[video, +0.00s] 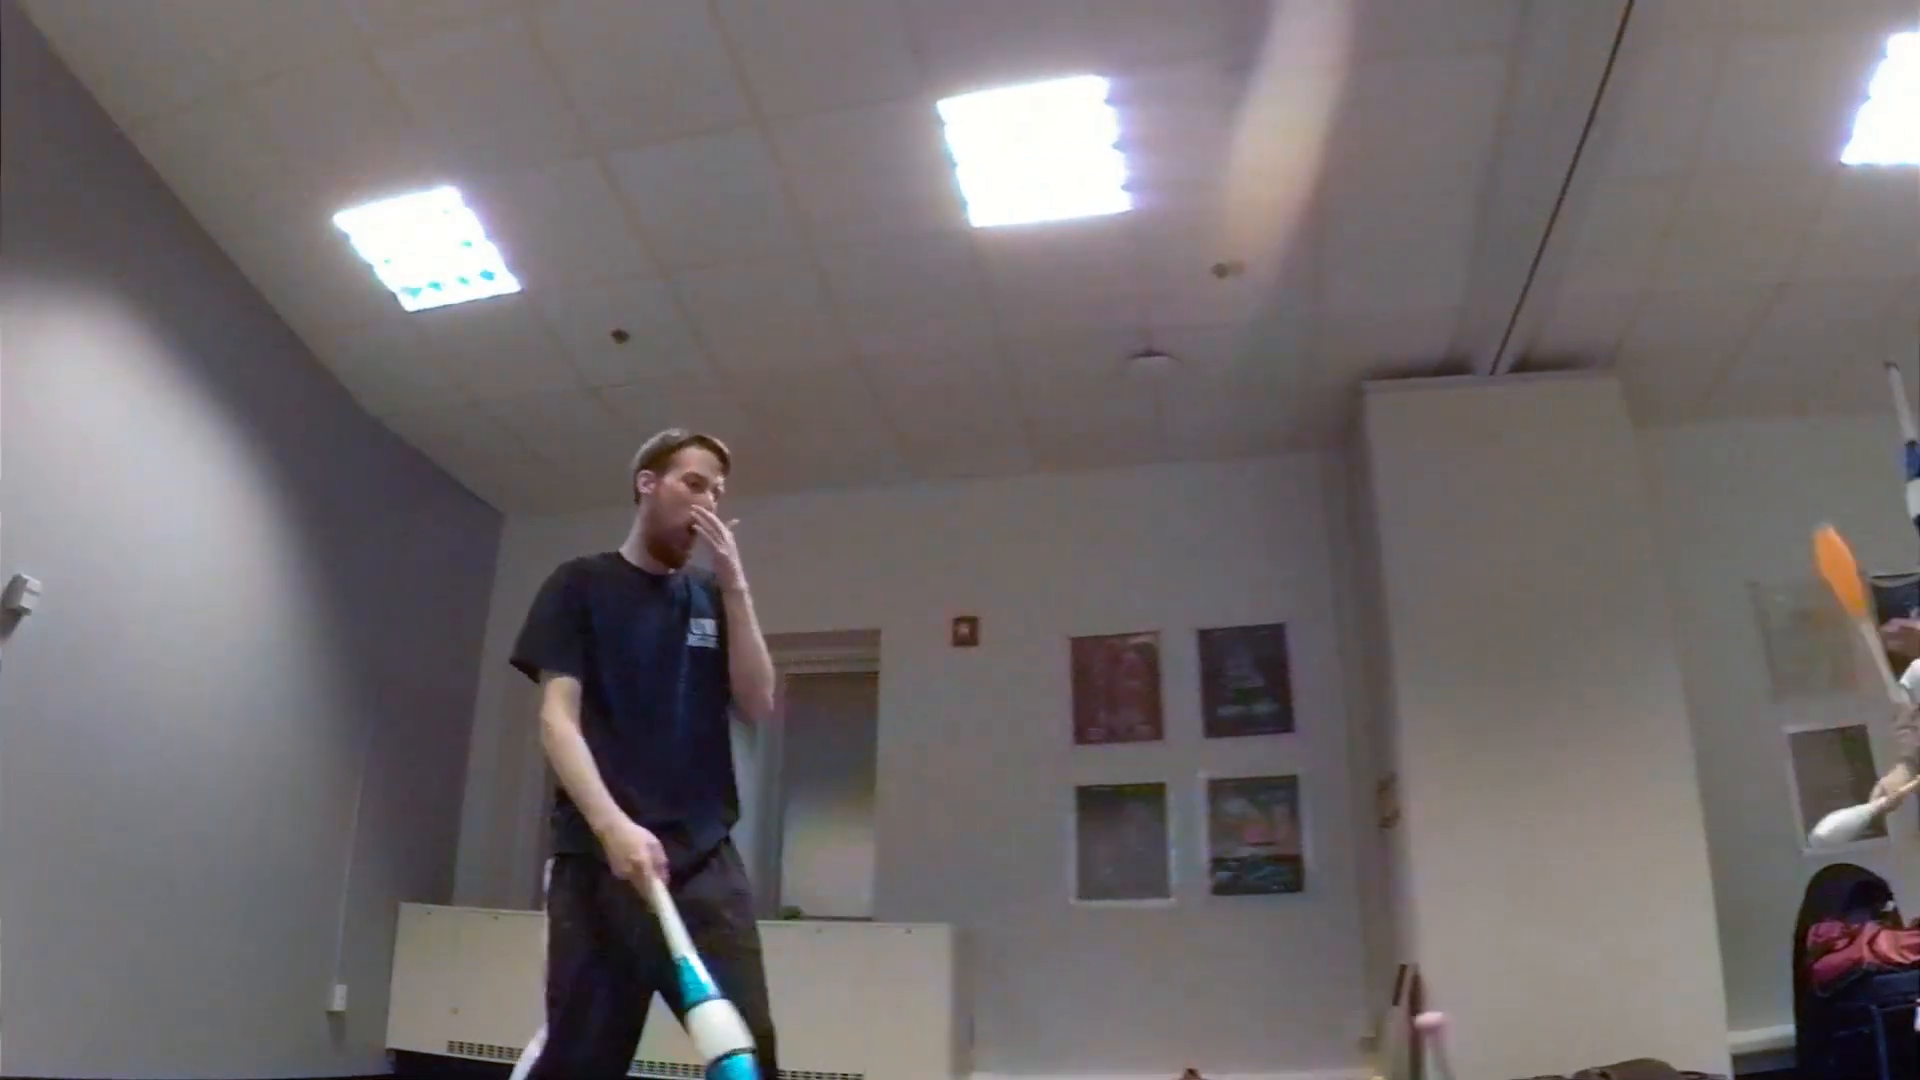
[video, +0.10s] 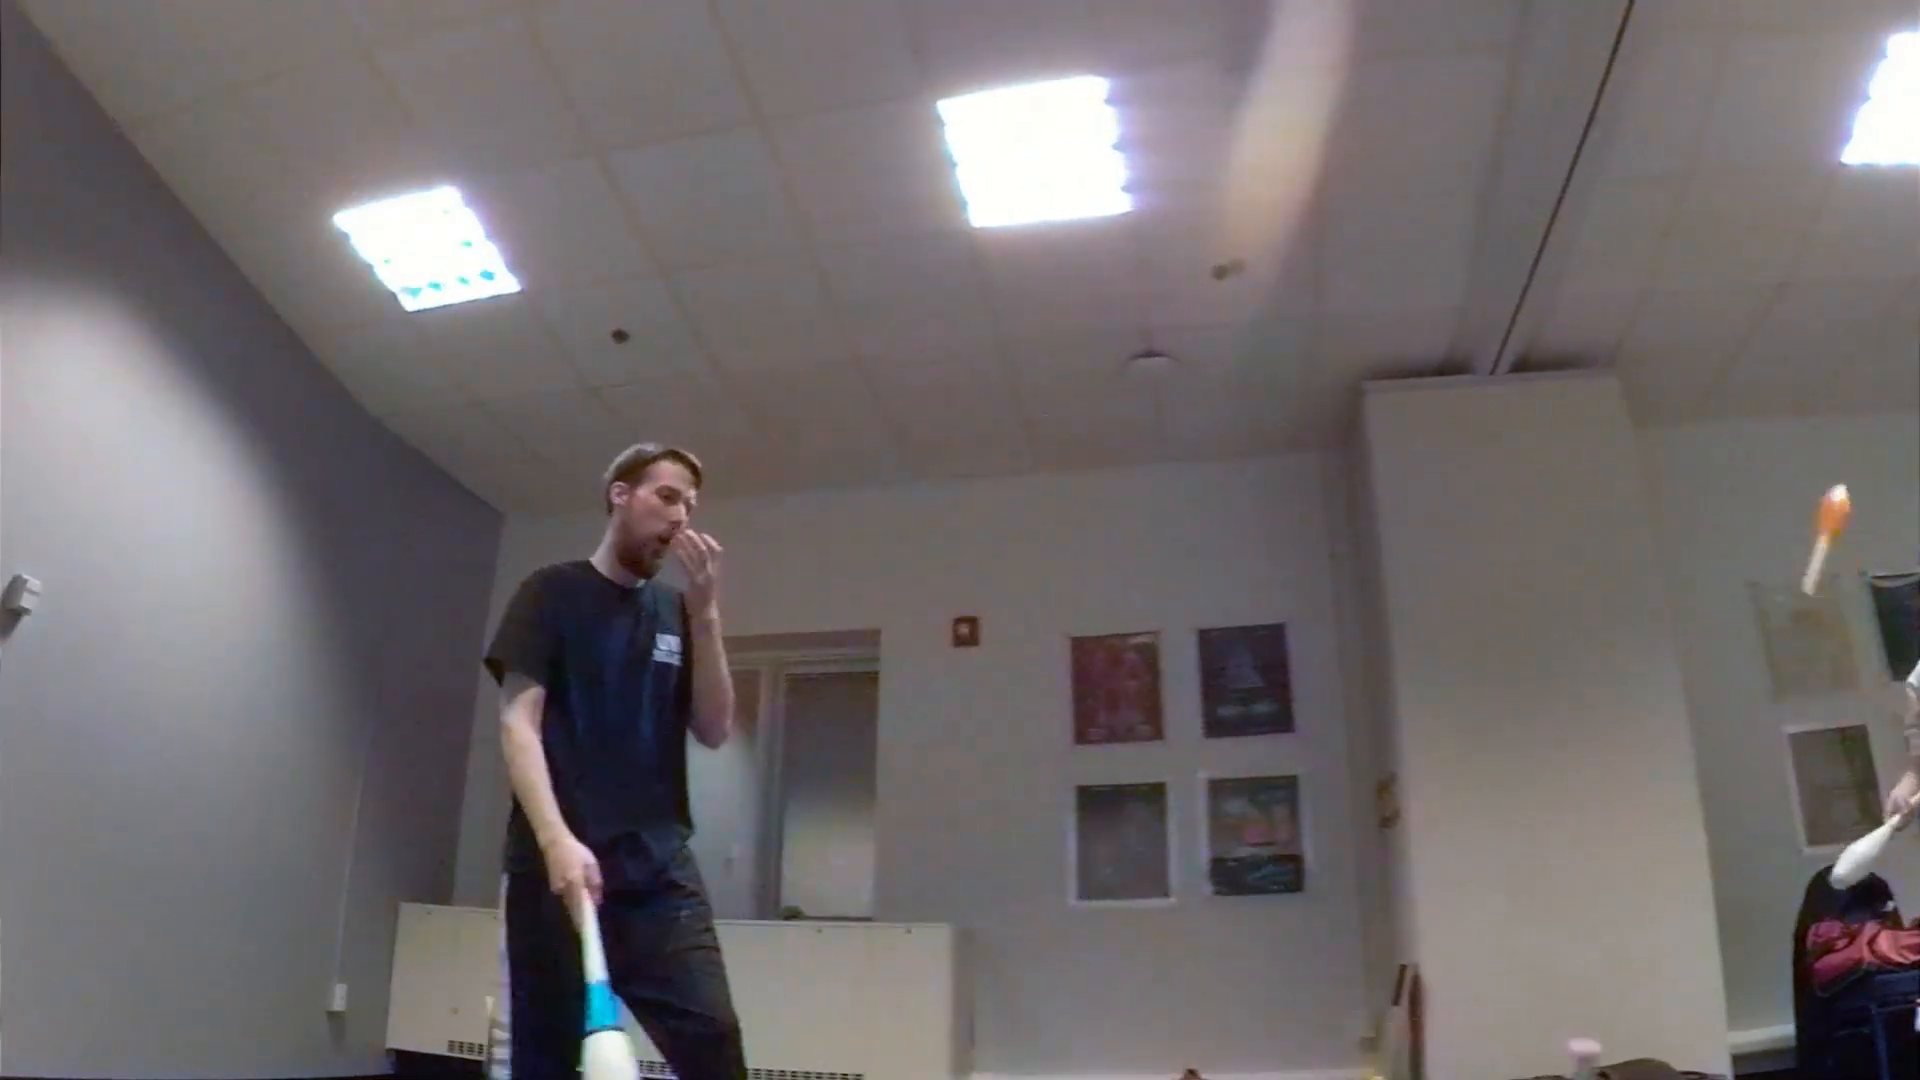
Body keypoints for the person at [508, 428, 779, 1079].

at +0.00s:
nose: (707, 501)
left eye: (716, 491)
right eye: (693, 483)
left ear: (720, 507)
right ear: (646, 485)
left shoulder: (715, 599)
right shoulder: (581, 583)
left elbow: (759, 705)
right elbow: (556, 721)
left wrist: (733, 582)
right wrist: (614, 828)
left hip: (706, 866)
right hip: (601, 865)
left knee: (748, 1051)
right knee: (584, 1057)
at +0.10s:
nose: (680, 518)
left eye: (688, 507)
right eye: (667, 497)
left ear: (691, 523)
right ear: (619, 495)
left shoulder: (677, 610)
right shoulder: (550, 592)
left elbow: (713, 729)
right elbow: (518, 725)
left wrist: (704, 610)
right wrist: (556, 842)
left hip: (657, 866)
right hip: (556, 863)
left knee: (712, 1044)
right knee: (547, 1059)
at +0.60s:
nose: (649, 533)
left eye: (658, 524)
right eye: (642, 514)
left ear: (657, 535)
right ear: (597, 501)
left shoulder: (620, 618)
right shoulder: (520, 573)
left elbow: (622, 732)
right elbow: (459, 691)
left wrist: (675, 683)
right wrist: (428, 807)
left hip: (561, 841)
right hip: (484, 831)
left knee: (542, 1029)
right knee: (485, 1019)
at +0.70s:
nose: (658, 551)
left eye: (666, 541)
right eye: (652, 531)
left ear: (663, 550)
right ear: (608, 515)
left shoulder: (617, 628)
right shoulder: (524, 577)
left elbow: (612, 740)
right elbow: (462, 689)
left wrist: (672, 698)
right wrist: (429, 804)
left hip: (555, 844)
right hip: (486, 832)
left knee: (543, 1028)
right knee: (493, 1023)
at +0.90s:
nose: (645, 551)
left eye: (654, 542)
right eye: (640, 531)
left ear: (652, 552)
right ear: (598, 515)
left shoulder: (603, 629)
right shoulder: (521, 571)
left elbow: (590, 738)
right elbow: (459, 677)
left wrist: (653, 702)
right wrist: (441, 787)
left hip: (550, 834)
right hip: (488, 820)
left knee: (540, 1012)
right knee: (499, 1006)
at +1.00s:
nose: (635, 547)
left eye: (643, 539)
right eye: (628, 528)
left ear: (642, 550)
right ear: (587, 514)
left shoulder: (591, 626)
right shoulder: (513, 570)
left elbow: (583, 736)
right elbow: (452, 678)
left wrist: (647, 694)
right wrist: (450, 788)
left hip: (545, 837)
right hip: (488, 824)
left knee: (536, 1013)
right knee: (487, 1003)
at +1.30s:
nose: (599, 562)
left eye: (605, 550)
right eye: (601, 544)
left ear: (566, 523)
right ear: (575, 522)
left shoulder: (528, 609)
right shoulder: (488, 569)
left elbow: (500, 731)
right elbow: (429, 693)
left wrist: (579, 724)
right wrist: (454, 824)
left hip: (479, 841)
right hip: (419, 832)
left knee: (496, 1023)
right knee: (393, 1025)